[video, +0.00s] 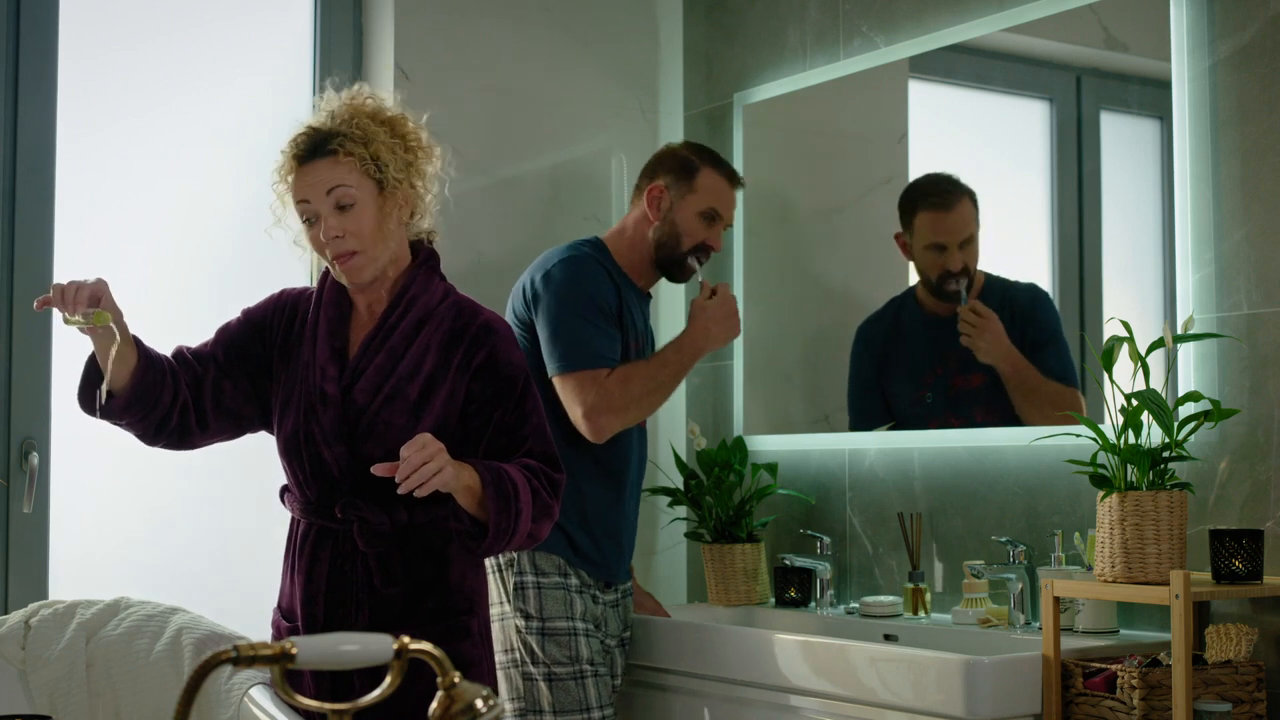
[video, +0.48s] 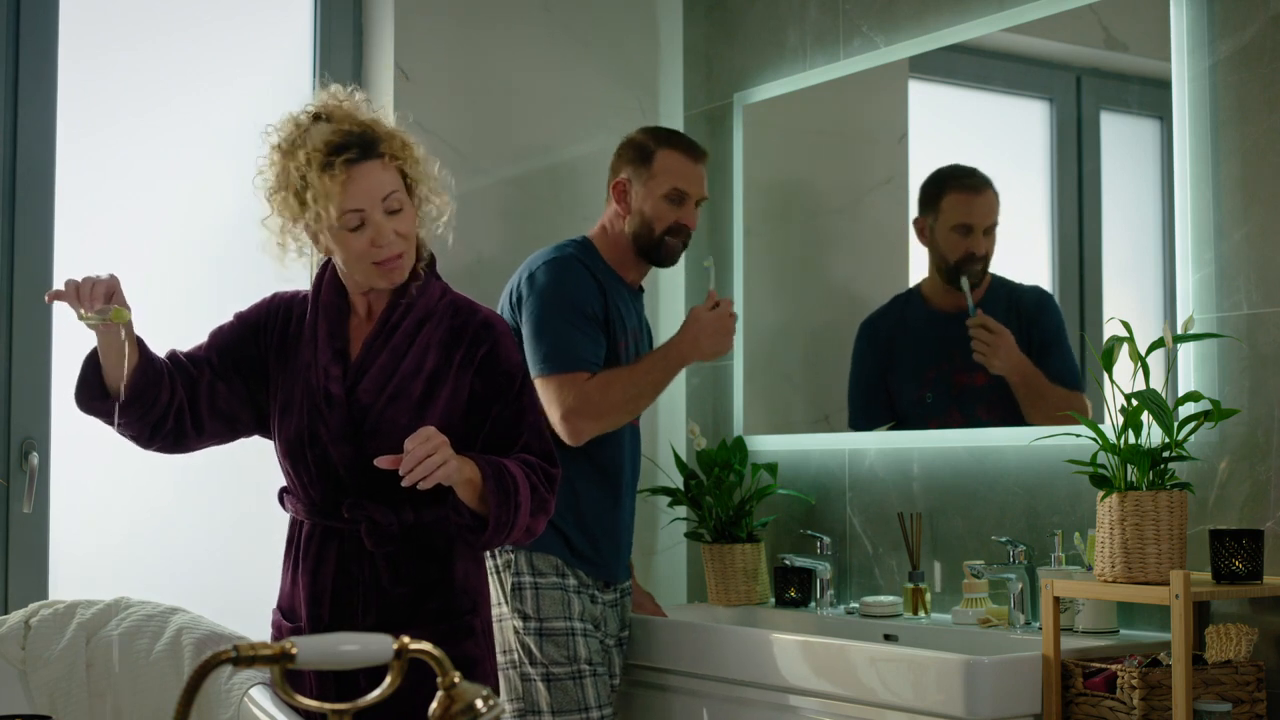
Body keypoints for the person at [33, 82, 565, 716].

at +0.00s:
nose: (327, 231)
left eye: (344, 203)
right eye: (311, 215)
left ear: (400, 198)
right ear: (301, 226)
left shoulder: (478, 342)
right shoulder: (289, 326)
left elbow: (537, 497)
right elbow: (176, 406)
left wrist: (463, 479)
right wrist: (105, 328)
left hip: (435, 630)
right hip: (311, 628)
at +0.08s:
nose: (327, 233)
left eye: (343, 206)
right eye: (310, 219)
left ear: (398, 199)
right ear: (300, 229)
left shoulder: (478, 340)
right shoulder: (289, 326)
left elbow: (539, 495)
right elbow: (175, 407)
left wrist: (466, 479)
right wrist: (107, 328)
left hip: (437, 628)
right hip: (312, 627)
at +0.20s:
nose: (331, 235)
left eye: (347, 207)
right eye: (313, 219)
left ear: (400, 200)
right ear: (302, 229)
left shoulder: (478, 340)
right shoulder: (290, 326)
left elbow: (540, 494)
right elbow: (177, 408)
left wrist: (468, 479)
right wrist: (111, 332)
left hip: (437, 628)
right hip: (311, 626)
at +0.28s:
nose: (342, 234)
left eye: (357, 206)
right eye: (321, 218)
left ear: (402, 199)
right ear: (306, 228)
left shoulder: (479, 340)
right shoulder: (288, 327)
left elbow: (540, 494)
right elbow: (175, 408)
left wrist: (468, 479)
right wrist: (110, 330)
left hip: (439, 628)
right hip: (312, 627)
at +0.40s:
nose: (371, 232)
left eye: (382, 204)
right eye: (342, 219)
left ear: (411, 200)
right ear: (314, 232)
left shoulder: (479, 340)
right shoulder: (286, 329)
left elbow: (537, 493)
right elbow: (169, 410)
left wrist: (467, 477)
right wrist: (112, 327)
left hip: (440, 622)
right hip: (315, 623)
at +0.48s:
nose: (385, 238)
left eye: (395, 207)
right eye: (354, 223)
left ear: (417, 200)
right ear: (316, 233)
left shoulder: (479, 339)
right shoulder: (284, 331)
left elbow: (535, 491)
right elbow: (165, 412)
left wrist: (464, 473)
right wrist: (113, 327)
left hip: (441, 621)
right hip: (316, 622)